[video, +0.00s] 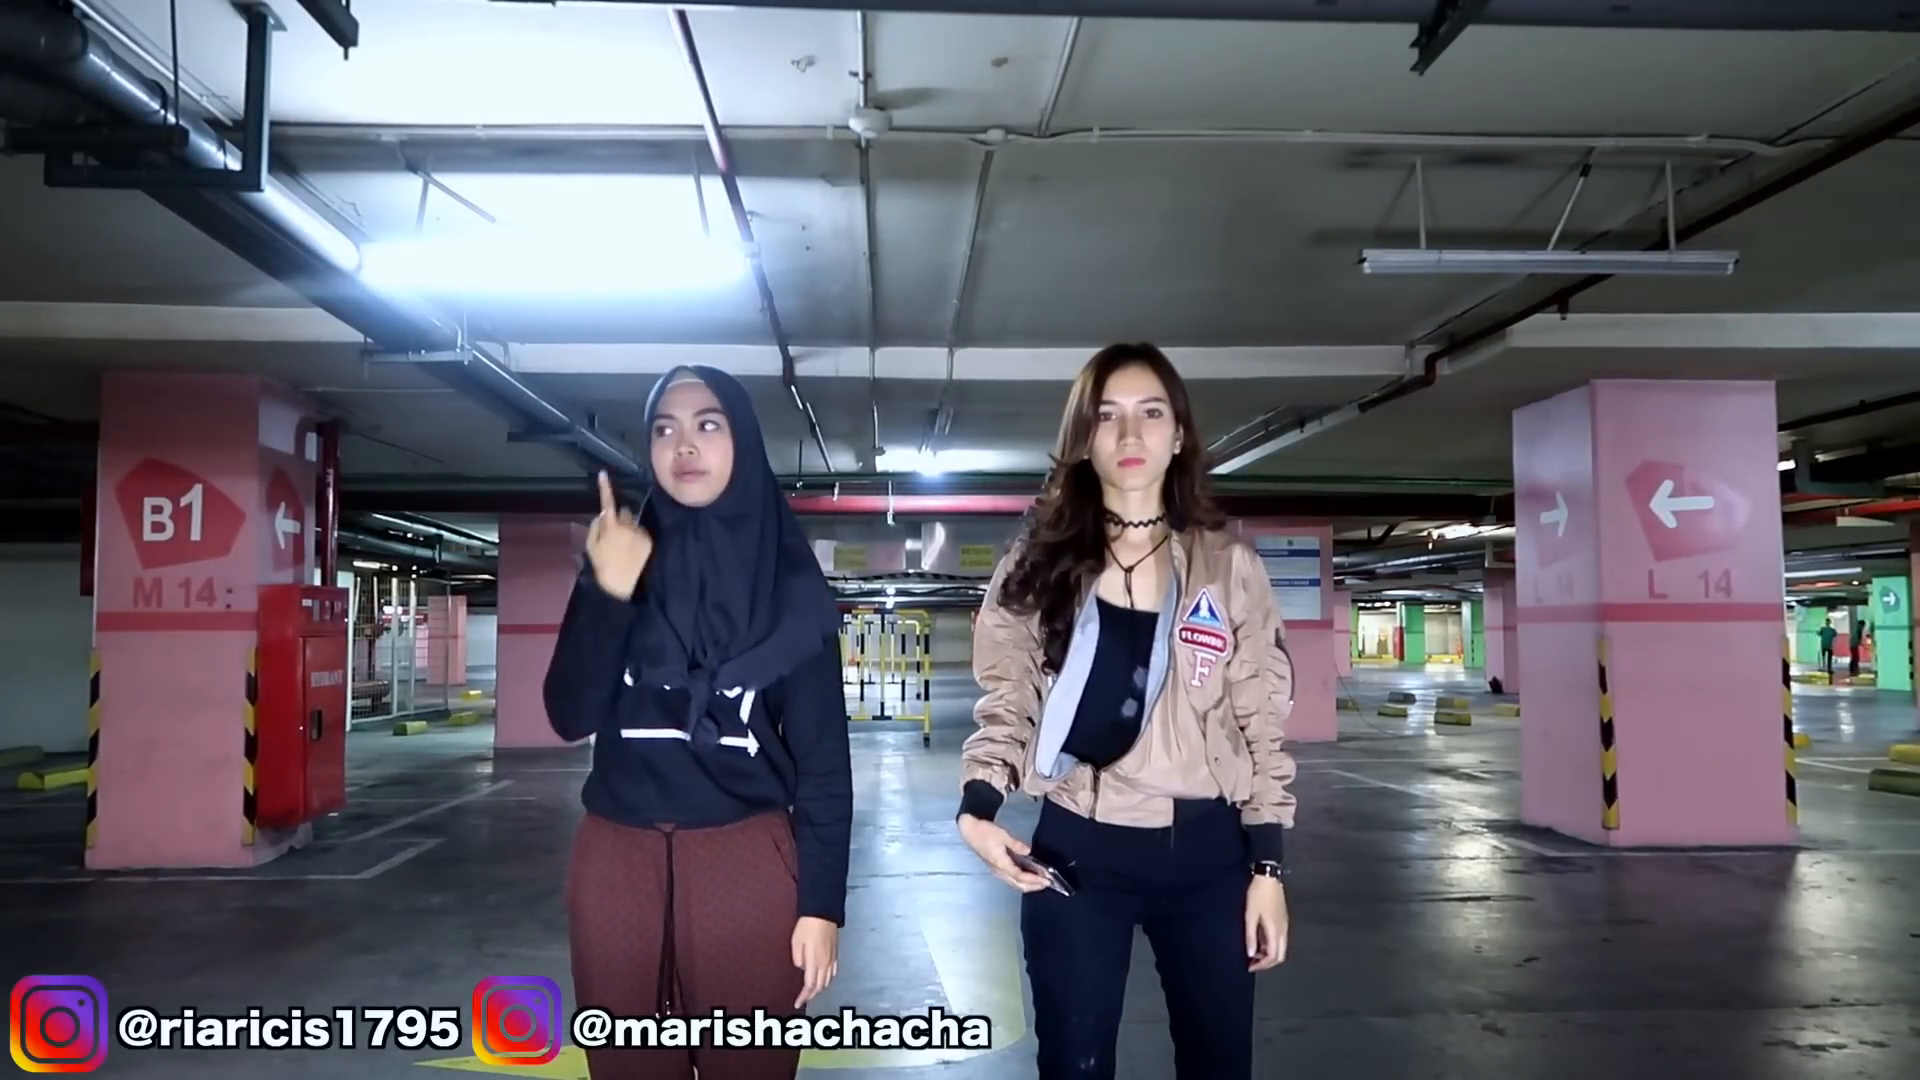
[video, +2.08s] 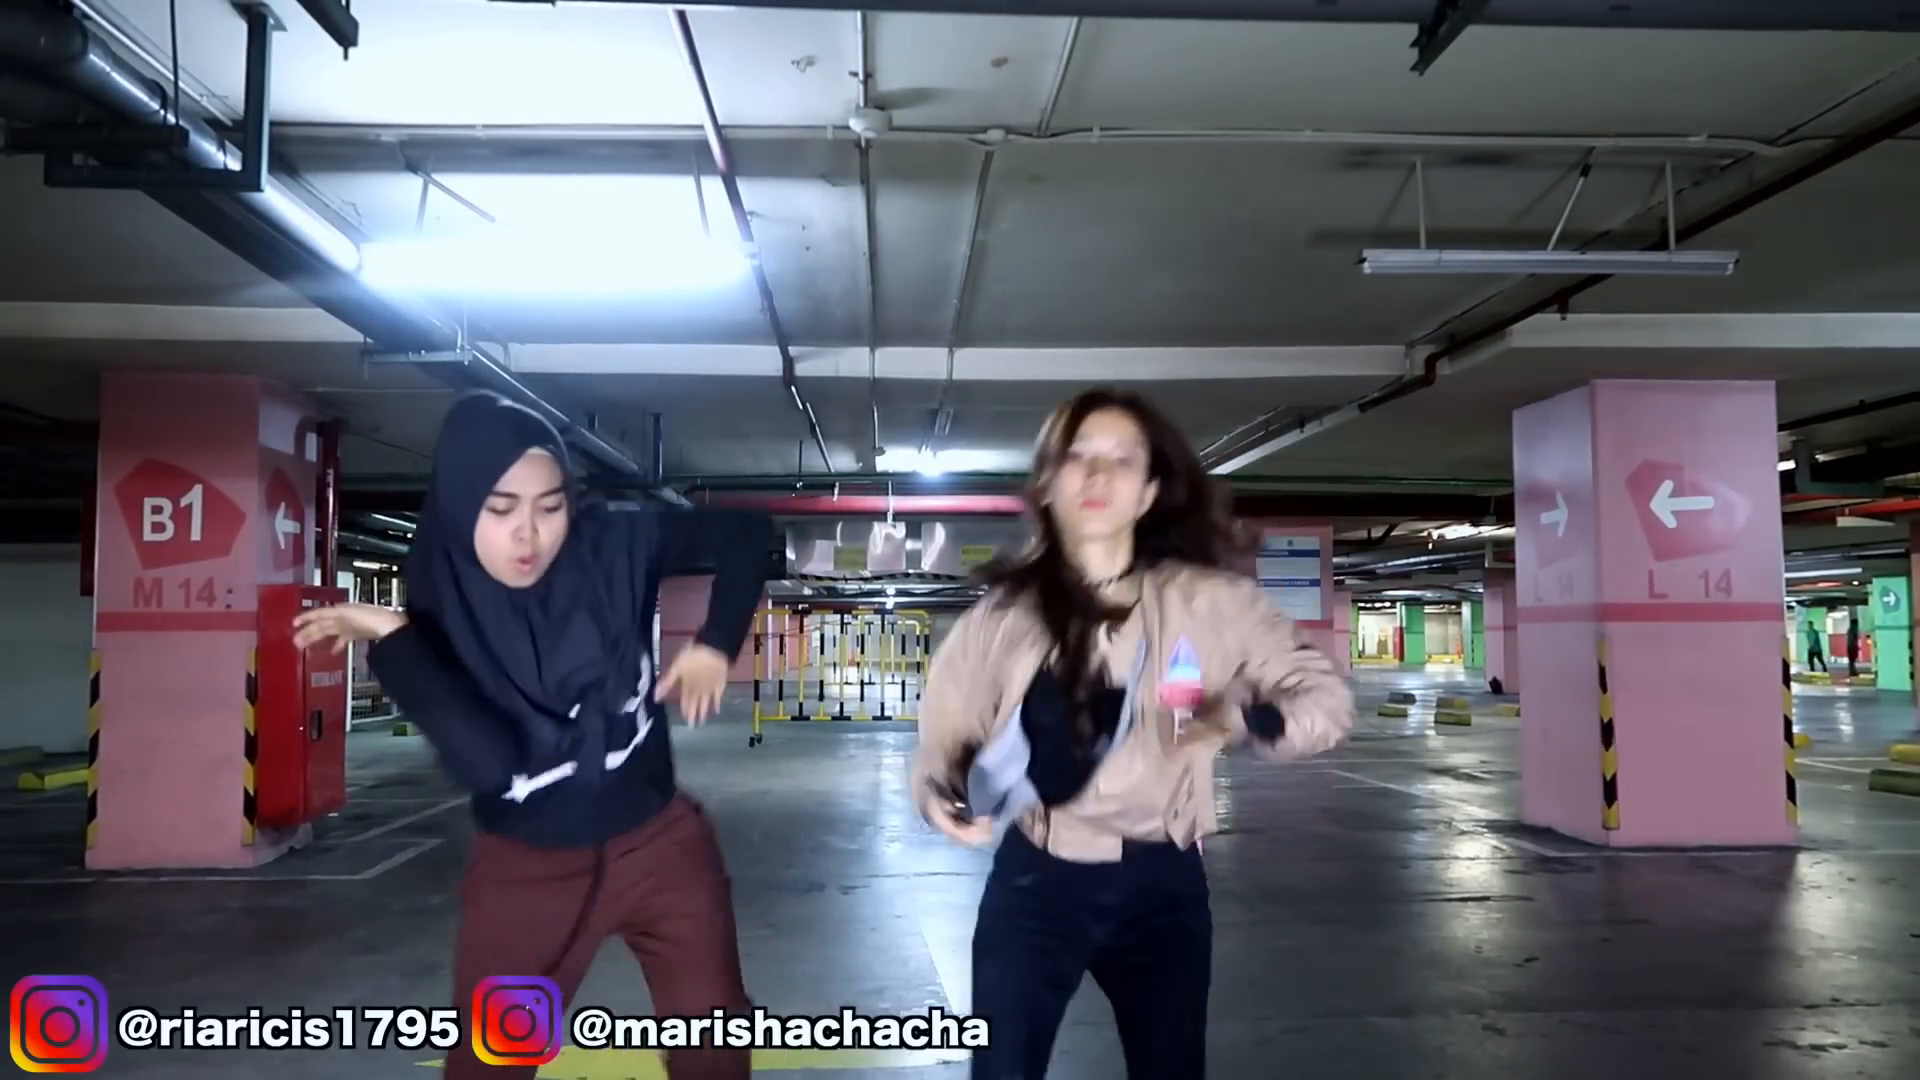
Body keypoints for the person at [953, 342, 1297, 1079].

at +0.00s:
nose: (1130, 432)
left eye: (1151, 412)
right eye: (1109, 415)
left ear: (1179, 431)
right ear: (1084, 438)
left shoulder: (1229, 563)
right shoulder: (1035, 561)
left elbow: (1260, 718)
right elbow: (1005, 699)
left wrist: (1267, 863)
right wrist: (975, 809)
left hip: (1204, 853)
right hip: (1075, 854)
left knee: (1220, 1067)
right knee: (1075, 1070)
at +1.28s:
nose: (1138, 429)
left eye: (1159, 408)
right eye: (1118, 413)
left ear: (1195, 428)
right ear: (1097, 438)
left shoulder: (1248, 562)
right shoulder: (1057, 555)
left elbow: (1343, 664)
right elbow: (976, 671)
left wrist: (1320, 784)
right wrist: (988, 788)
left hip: (1223, 854)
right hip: (1092, 856)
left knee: (1244, 1066)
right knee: (1086, 1067)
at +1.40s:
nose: (1141, 457)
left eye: (1165, 431)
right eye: (1133, 438)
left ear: (1226, 444)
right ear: (1122, 455)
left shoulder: (1281, 591)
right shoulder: (1086, 574)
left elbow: (1391, 689)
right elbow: (992, 671)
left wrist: (1341, 779)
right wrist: (979, 790)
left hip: (1236, 870)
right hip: (1106, 866)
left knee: (1258, 1069)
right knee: (1074, 1066)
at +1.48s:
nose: (1150, 489)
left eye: (1176, 465)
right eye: (1149, 470)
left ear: (1242, 485)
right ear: (1140, 485)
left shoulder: (1299, 645)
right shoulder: (1100, 598)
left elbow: (1376, 779)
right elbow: (1008, 689)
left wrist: (1307, 815)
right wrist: (992, 774)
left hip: (1233, 895)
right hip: (1105, 882)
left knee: (1270, 1070)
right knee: (1053, 1052)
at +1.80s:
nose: (1235, 454)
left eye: (1259, 438)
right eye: (1218, 436)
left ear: (1287, 464)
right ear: (1189, 458)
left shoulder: (1290, 627)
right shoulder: (1120, 559)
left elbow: (1284, 800)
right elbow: (1008, 612)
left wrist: (1257, 725)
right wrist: (934, 687)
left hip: (1180, 882)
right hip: (1060, 856)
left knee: (1180, 1069)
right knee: (965, 1060)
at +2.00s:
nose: (1146, 437)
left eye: (1171, 423)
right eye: (1126, 422)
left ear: (1203, 455)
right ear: (1099, 452)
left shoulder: (1242, 583)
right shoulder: (1058, 558)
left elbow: (1358, 715)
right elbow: (944, 610)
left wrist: (1265, 639)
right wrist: (917, 686)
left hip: (1161, 870)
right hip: (1037, 852)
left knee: (1157, 1070)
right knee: (961, 1060)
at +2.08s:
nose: (1095, 477)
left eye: (1120, 462)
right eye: (1078, 459)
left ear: (1152, 492)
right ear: (1047, 484)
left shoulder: (1213, 603)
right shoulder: (999, 619)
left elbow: (1327, 698)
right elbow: (940, 746)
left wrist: (1248, 720)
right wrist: (942, 798)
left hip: (1160, 891)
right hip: (1034, 886)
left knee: (1171, 1069)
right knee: (1001, 1067)